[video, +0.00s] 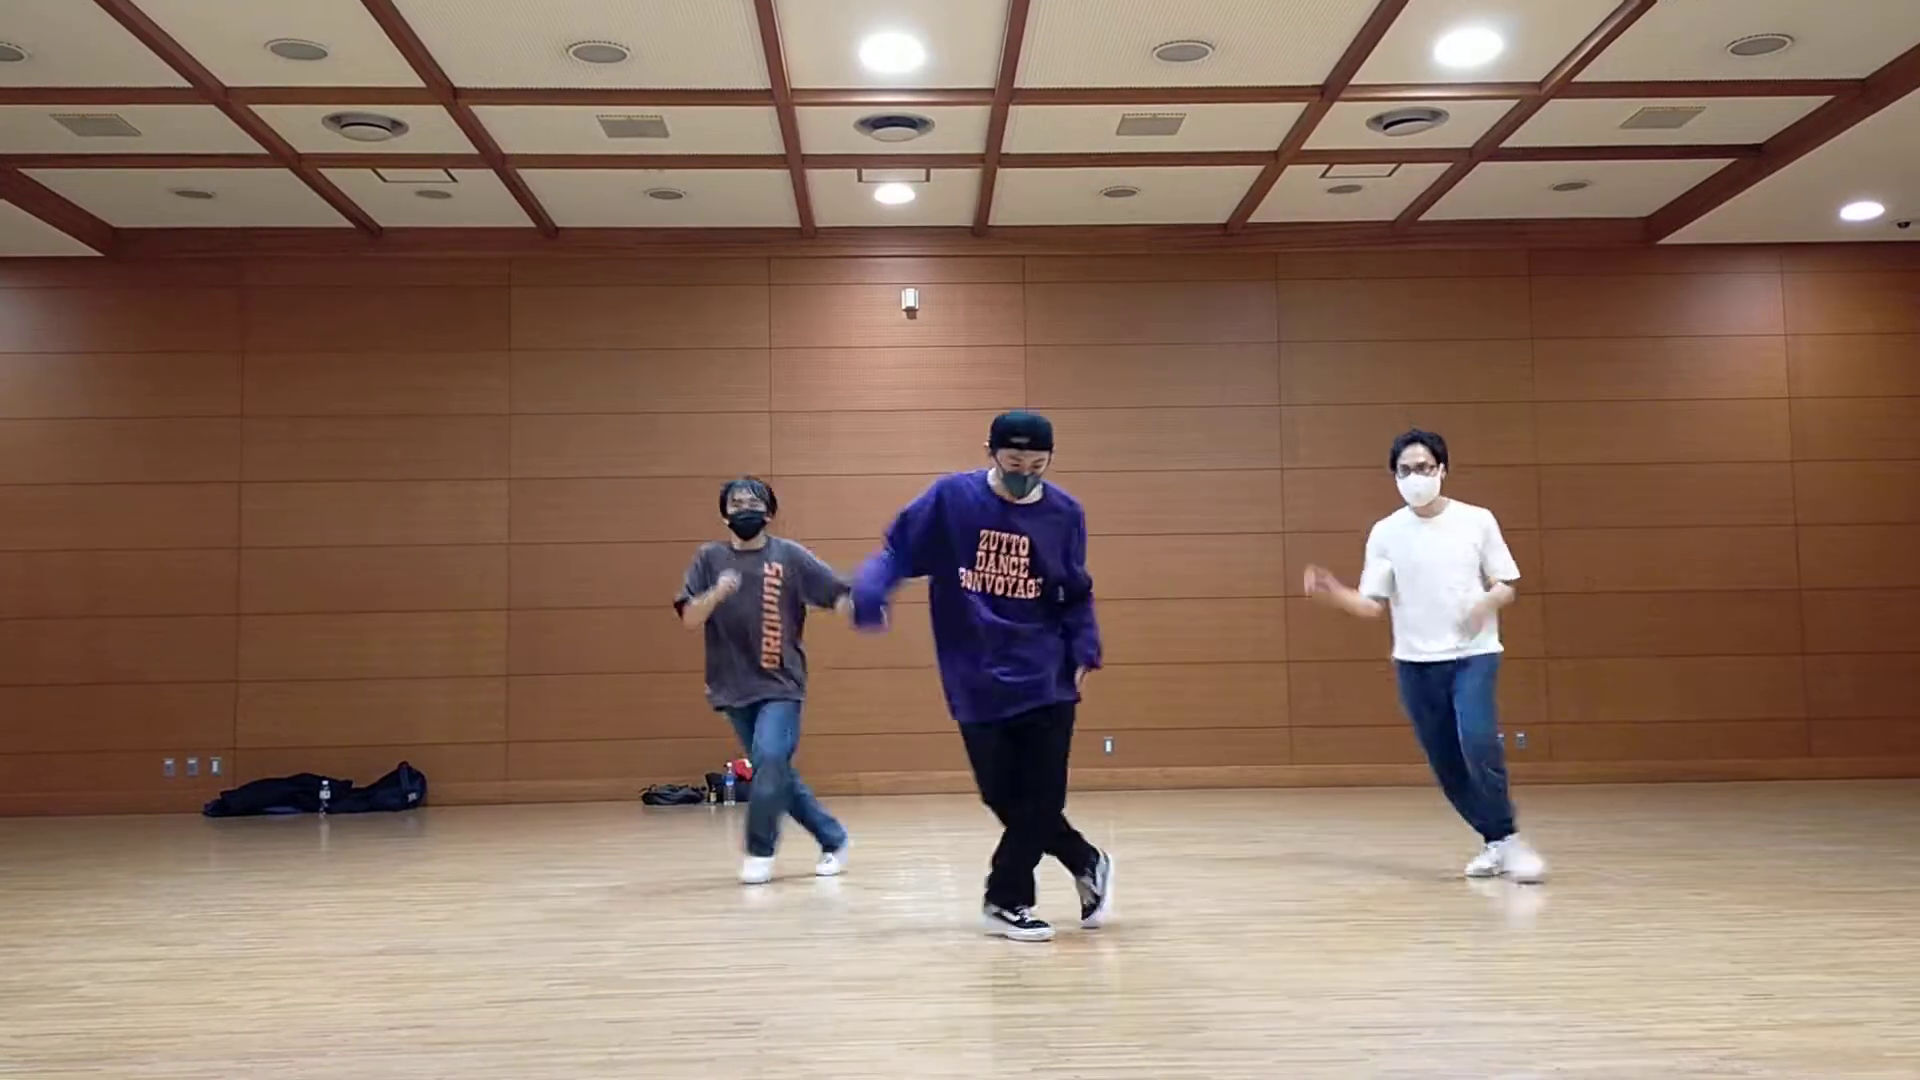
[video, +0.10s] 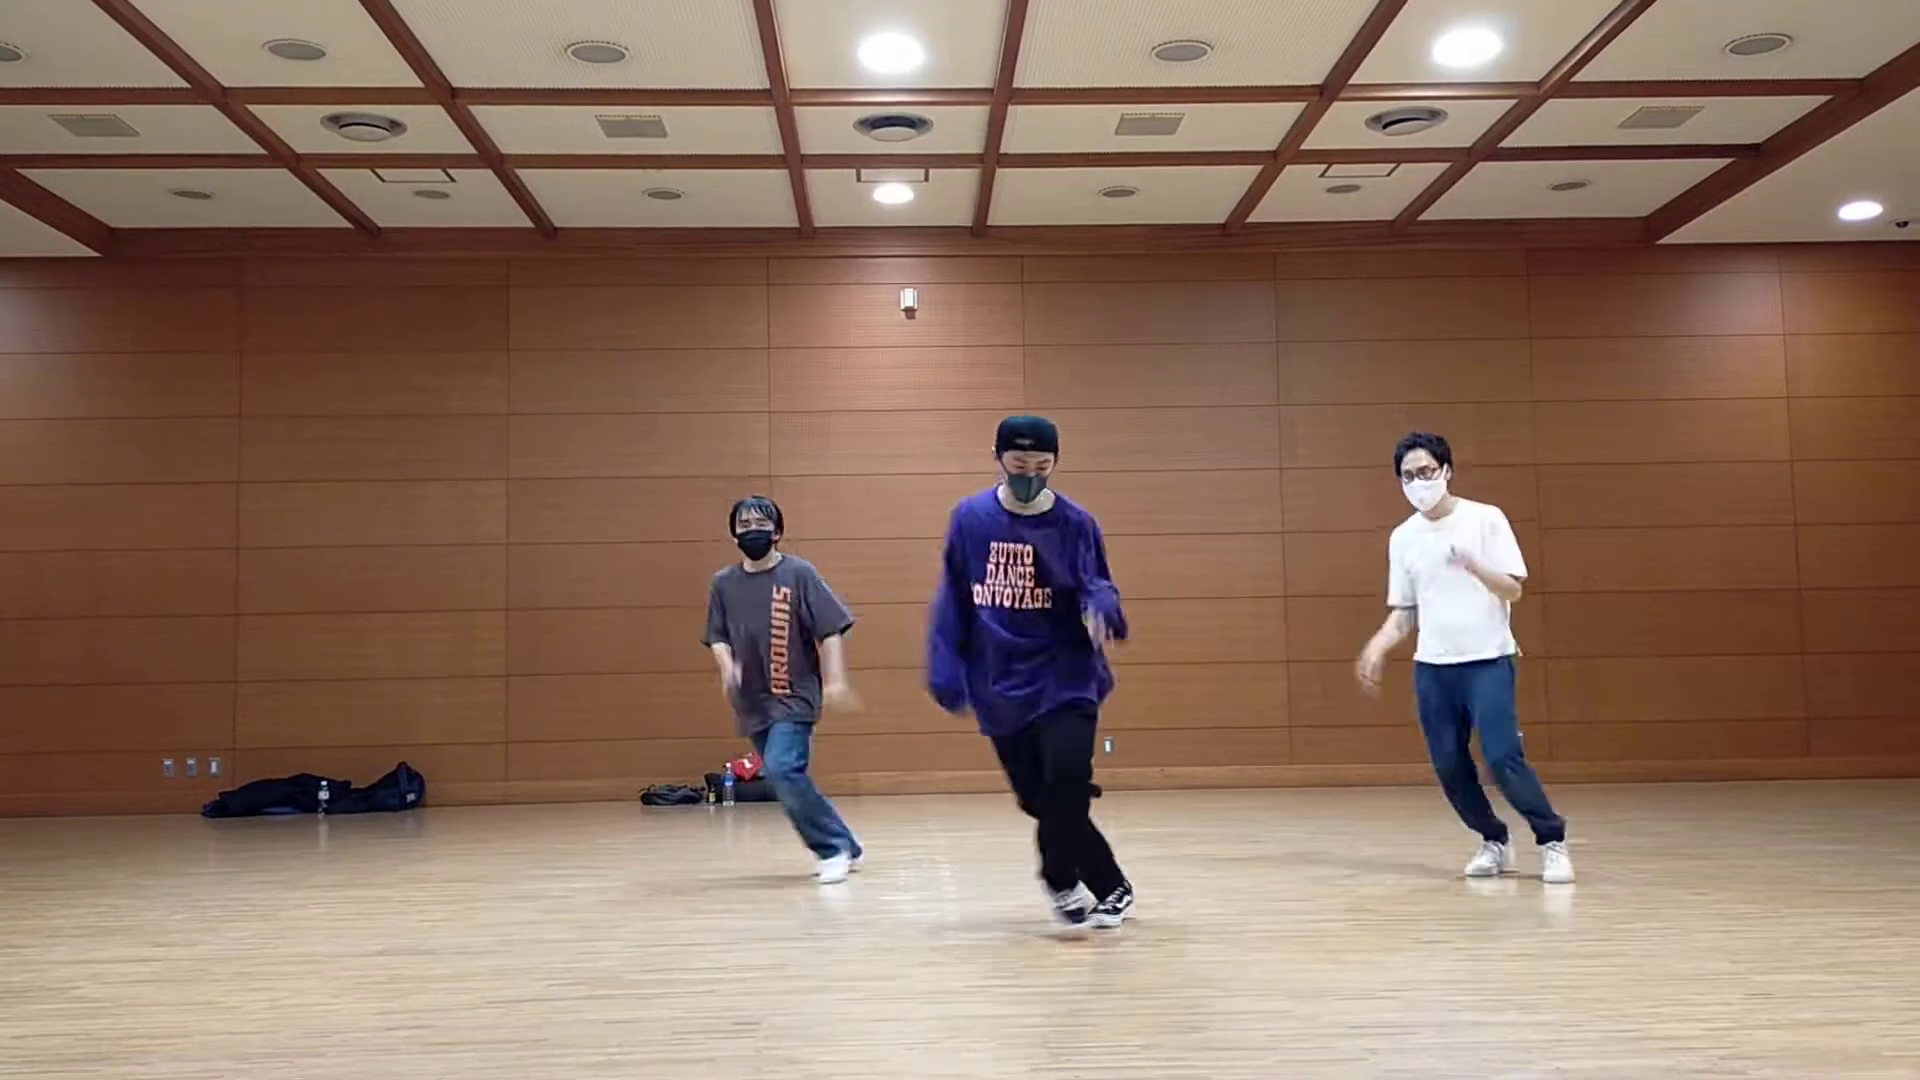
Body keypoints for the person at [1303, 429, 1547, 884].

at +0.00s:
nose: (1415, 477)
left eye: (1423, 468)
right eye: (1406, 470)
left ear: (1441, 471)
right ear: (1395, 477)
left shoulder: (1478, 522)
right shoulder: (1385, 533)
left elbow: (1507, 586)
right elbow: (1373, 606)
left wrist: (1488, 602)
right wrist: (1335, 591)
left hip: (1473, 655)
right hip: (1416, 664)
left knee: (1478, 741)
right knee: (1446, 764)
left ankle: (1508, 840)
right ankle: (1494, 842)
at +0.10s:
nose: (1418, 482)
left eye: (1425, 472)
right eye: (1409, 475)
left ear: (1446, 471)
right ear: (1401, 484)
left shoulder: (1486, 519)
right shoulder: (1403, 538)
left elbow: (1512, 591)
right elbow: (1403, 612)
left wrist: (1475, 566)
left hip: (1487, 660)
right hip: (1432, 666)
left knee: (1502, 758)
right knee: (1449, 767)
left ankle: (1552, 841)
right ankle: (1494, 841)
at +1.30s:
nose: (1306, 474)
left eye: (1314, 467)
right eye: (1298, 464)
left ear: (1321, 476)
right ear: (1276, 468)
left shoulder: (1315, 527)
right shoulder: (1248, 515)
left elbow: (1306, 601)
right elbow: (1235, 577)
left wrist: (1318, 656)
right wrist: (1303, 603)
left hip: (1294, 659)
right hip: (1249, 655)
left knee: (1327, 744)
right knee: (1229, 751)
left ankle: (1269, 829)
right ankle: (1172, 847)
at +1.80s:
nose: (1380, 475)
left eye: (1389, 467)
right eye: (1371, 467)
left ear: (1400, 475)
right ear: (1354, 473)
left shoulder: (1396, 534)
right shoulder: (1321, 509)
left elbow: (1369, 601)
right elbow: (1253, 523)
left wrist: (1361, 663)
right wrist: (1192, 532)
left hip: (1341, 651)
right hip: (1296, 638)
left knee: (1366, 746)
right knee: (1288, 742)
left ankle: (1377, 852)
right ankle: (1221, 827)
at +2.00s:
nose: (1388, 478)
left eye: (1397, 470)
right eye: (1379, 469)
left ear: (1409, 474)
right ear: (1363, 471)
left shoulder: (1419, 522)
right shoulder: (1333, 519)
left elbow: (1424, 592)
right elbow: (1298, 581)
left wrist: (1478, 608)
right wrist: (1276, 541)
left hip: (1403, 646)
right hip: (1348, 649)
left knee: (1435, 737)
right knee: (1379, 751)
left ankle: (1410, 841)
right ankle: (1407, 839)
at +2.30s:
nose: (1361, 489)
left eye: (1366, 477)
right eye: (1351, 484)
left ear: (1386, 469)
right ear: (1343, 489)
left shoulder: (1430, 498)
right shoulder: (1353, 534)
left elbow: (1483, 551)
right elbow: (1373, 597)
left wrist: (1422, 533)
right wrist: (1380, 633)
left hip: (1456, 640)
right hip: (1403, 647)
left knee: (1478, 741)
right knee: (1384, 728)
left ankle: (1514, 839)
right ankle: (1411, 834)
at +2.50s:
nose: (1342, 501)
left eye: (1349, 489)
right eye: (1331, 496)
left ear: (1365, 488)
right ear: (1322, 506)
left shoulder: (1406, 522)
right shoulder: (1348, 563)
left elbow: (1474, 561)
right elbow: (1376, 624)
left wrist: (1525, 614)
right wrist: (1398, 648)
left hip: (1463, 653)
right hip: (1417, 670)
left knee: (1509, 748)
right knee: (1395, 753)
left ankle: (1566, 841)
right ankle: (1368, 855)